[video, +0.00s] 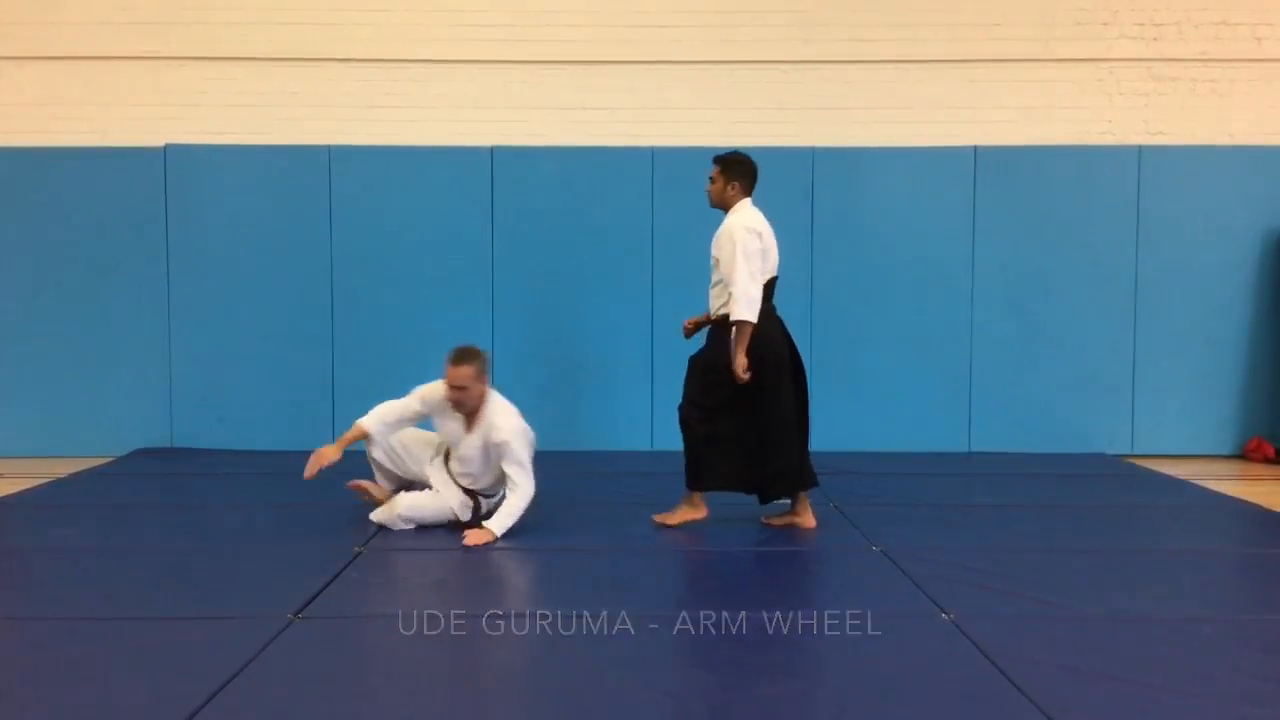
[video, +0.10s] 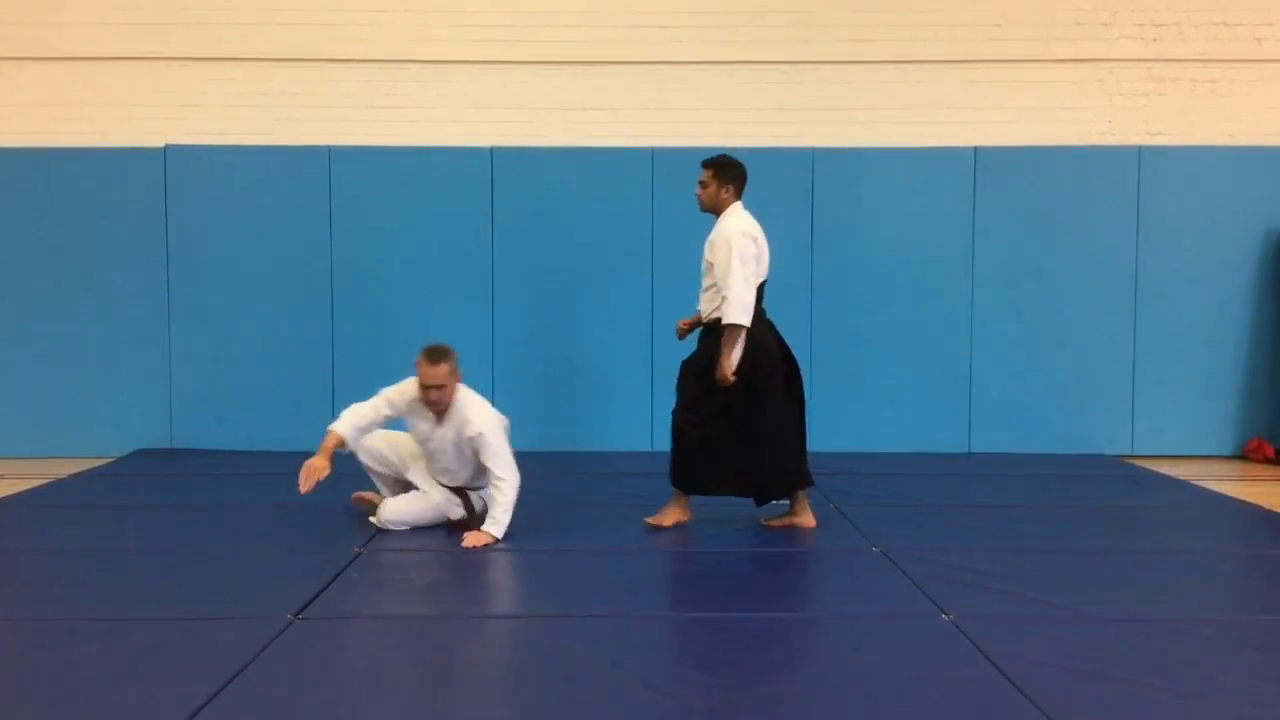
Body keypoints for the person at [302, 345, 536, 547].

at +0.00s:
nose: (451, 396)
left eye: (460, 390)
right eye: (449, 387)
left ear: (483, 384)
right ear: (445, 379)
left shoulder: (507, 427)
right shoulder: (442, 393)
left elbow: (523, 488)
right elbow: (393, 413)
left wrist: (491, 529)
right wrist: (339, 445)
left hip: (470, 495)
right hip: (445, 457)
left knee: (401, 508)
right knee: (382, 438)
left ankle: (385, 505)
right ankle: (388, 492)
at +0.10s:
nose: (432, 396)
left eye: (440, 388)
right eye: (425, 388)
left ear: (456, 380)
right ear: (418, 379)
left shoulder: (479, 419)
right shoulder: (411, 391)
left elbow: (506, 479)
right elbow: (361, 414)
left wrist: (490, 530)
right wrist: (324, 454)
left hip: (464, 493)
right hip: (430, 464)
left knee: (390, 514)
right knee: (368, 444)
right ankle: (394, 502)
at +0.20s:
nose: (419, 393)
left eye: (428, 384)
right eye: (411, 385)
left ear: (439, 377)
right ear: (399, 377)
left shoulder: (462, 415)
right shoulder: (388, 387)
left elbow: (494, 474)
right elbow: (337, 410)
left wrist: (490, 530)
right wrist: (312, 454)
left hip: (442, 483)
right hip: (408, 455)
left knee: (374, 518)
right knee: (338, 451)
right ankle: (388, 494)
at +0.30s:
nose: (417, 381)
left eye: (424, 372)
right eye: (408, 374)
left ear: (432, 365)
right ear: (391, 367)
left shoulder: (449, 400)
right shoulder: (377, 372)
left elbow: (477, 460)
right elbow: (322, 398)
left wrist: (487, 527)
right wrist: (304, 448)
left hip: (418, 467)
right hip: (382, 438)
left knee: (370, 521)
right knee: (317, 459)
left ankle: (408, 497)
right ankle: (370, 489)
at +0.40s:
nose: (416, 362)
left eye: (422, 353)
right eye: (407, 355)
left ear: (427, 347)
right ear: (386, 348)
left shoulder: (440, 383)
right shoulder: (366, 356)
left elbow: (465, 447)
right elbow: (309, 381)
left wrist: (471, 517)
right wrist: (296, 438)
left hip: (400, 457)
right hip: (358, 426)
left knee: (365, 523)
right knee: (286, 449)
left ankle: (366, 502)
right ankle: (330, 475)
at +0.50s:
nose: (416, 338)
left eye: (421, 329)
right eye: (407, 330)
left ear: (426, 326)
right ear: (384, 327)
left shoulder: (435, 369)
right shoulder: (358, 342)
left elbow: (450, 433)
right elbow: (303, 368)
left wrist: (452, 502)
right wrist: (280, 423)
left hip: (385, 448)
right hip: (342, 418)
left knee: (365, 525)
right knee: (275, 434)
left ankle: (355, 504)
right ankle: (278, 494)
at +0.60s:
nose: (411, 319)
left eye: (416, 310)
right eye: (403, 310)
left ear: (420, 310)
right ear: (379, 309)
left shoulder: (427, 358)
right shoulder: (348, 330)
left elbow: (434, 423)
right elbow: (296, 361)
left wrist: (430, 490)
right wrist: (260, 405)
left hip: (370, 440)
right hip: (325, 412)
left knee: (365, 526)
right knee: (261, 427)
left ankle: (349, 503)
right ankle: (243, 507)